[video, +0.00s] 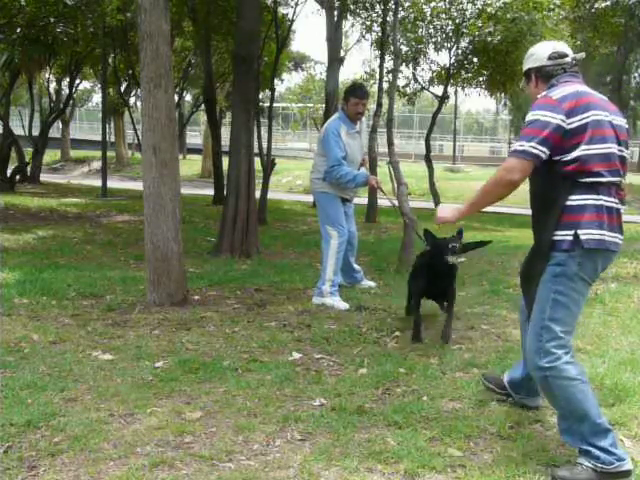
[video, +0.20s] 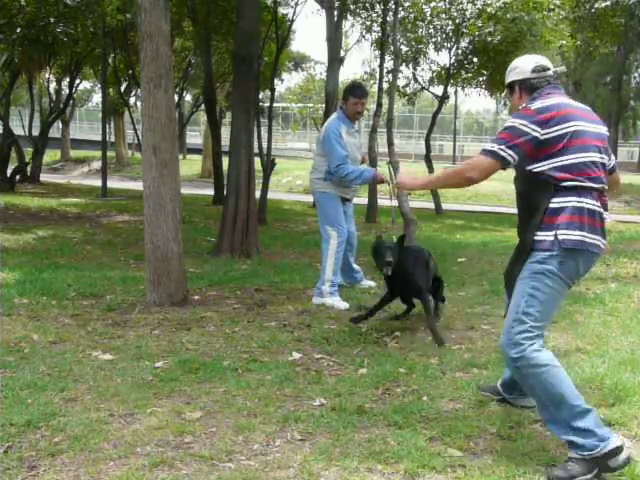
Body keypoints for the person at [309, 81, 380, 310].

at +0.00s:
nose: (360, 109)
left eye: (364, 105)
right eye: (356, 105)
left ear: (366, 105)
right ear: (344, 104)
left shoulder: (358, 126)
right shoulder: (333, 128)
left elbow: (351, 155)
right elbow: (335, 171)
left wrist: (360, 161)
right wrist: (364, 179)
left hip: (344, 189)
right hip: (326, 188)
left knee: (350, 234)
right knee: (337, 234)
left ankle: (351, 275)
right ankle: (326, 291)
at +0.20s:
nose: (360, 109)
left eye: (363, 104)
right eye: (355, 104)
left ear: (366, 104)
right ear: (344, 103)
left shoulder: (352, 127)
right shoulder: (333, 128)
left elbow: (350, 161)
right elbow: (339, 170)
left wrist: (368, 170)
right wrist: (371, 175)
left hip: (343, 189)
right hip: (326, 189)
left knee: (349, 234)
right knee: (337, 234)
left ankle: (351, 276)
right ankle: (325, 291)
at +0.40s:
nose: (358, 108)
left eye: (361, 103)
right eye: (354, 103)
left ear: (364, 103)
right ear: (343, 102)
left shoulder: (351, 127)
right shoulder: (332, 127)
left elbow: (350, 162)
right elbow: (337, 170)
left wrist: (368, 171)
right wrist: (368, 173)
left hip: (343, 190)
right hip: (327, 189)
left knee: (350, 237)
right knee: (337, 235)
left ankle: (340, 283)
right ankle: (325, 291)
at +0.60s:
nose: (357, 108)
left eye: (360, 103)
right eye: (352, 103)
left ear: (362, 104)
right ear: (342, 102)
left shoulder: (351, 127)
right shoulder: (329, 127)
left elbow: (350, 160)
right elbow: (331, 169)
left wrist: (362, 171)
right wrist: (360, 173)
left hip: (344, 190)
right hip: (326, 189)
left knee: (350, 235)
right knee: (334, 236)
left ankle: (346, 275)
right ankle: (326, 290)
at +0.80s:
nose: (356, 110)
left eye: (359, 105)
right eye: (351, 105)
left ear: (361, 105)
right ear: (341, 103)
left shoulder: (351, 128)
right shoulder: (328, 128)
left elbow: (350, 160)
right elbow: (329, 170)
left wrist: (362, 172)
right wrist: (358, 174)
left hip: (344, 189)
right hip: (325, 188)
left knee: (350, 233)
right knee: (334, 234)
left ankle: (348, 277)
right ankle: (327, 289)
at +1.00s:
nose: (357, 112)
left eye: (360, 107)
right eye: (352, 107)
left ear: (362, 107)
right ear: (341, 105)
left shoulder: (352, 129)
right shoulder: (330, 131)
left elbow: (348, 160)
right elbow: (328, 172)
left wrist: (357, 164)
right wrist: (354, 182)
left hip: (341, 189)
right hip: (322, 189)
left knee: (349, 233)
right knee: (334, 234)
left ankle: (351, 275)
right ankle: (325, 292)